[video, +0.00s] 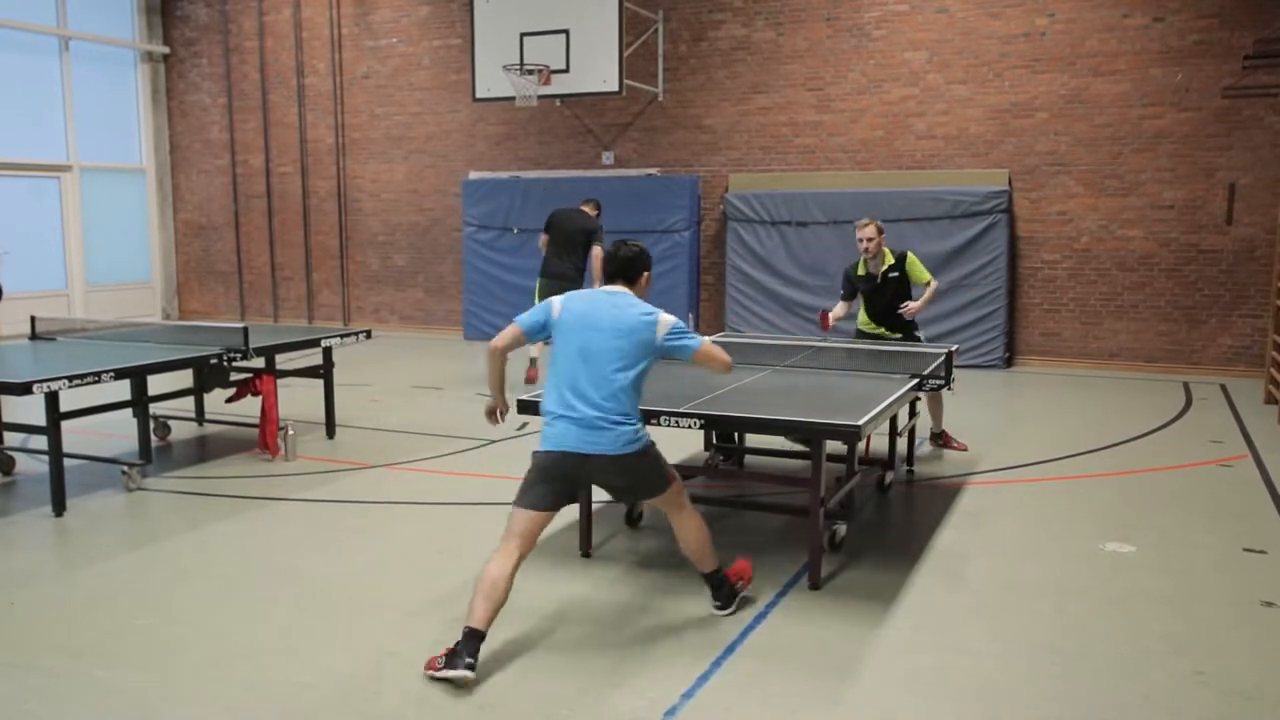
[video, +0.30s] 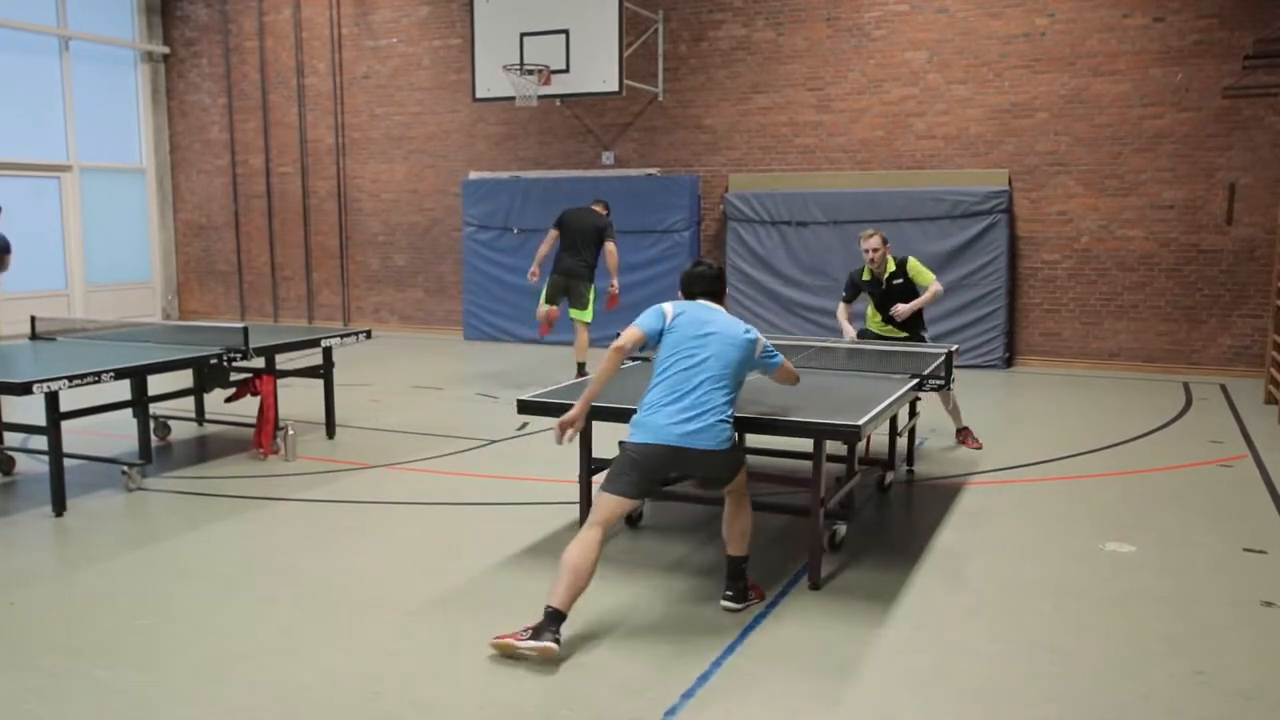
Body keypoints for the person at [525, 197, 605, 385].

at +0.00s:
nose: (596, 219)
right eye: (597, 217)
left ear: (581, 206)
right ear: (595, 212)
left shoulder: (557, 214)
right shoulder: (594, 225)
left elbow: (543, 241)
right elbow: (596, 254)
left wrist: (551, 257)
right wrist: (597, 282)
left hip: (547, 276)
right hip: (573, 281)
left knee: (538, 321)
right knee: (568, 324)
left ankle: (533, 361)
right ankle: (565, 366)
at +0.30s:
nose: (605, 218)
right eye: (607, 215)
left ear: (590, 206)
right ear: (605, 211)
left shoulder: (568, 214)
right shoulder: (605, 222)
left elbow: (550, 238)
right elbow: (610, 249)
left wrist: (536, 263)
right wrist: (614, 278)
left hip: (558, 273)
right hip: (583, 278)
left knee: (542, 311)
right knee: (582, 326)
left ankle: (549, 314)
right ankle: (580, 369)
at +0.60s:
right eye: (600, 211)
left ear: (586, 208)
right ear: (602, 212)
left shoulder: (570, 215)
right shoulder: (606, 222)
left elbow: (555, 238)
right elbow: (616, 247)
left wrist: (543, 264)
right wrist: (624, 274)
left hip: (563, 275)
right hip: (588, 278)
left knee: (556, 317)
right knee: (584, 324)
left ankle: (546, 359)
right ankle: (581, 370)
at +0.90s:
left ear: (578, 216)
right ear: (593, 216)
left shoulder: (562, 225)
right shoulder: (594, 221)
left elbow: (547, 249)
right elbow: (604, 240)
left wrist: (546, 278)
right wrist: (615, 264)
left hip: (564, 277)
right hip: (586, 275)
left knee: (569, 319)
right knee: (588, 318)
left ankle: (570, 361)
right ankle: (585, 355)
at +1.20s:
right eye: (594, 211)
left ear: (576, 208)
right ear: (590, 208)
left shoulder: (561, 220)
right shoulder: (590, 212)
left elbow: (547, 247)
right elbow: (599, 232)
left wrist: (552, 274)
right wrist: (611, 257)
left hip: (567, 271)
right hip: (589, 268)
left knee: (570, 319)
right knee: (606, 308)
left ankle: (570, 360)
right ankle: (581, 286)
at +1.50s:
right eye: (597, 209)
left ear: (582, 207)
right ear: (597, 208)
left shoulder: (567, 219)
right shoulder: (601, 217)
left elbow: (554, 244)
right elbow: (610, 238)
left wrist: (555, 270)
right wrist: (618, 264)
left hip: (573, 274)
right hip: (596, 273)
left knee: (572, 317)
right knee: (605, 314)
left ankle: (570, 359)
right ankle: (613, 353)